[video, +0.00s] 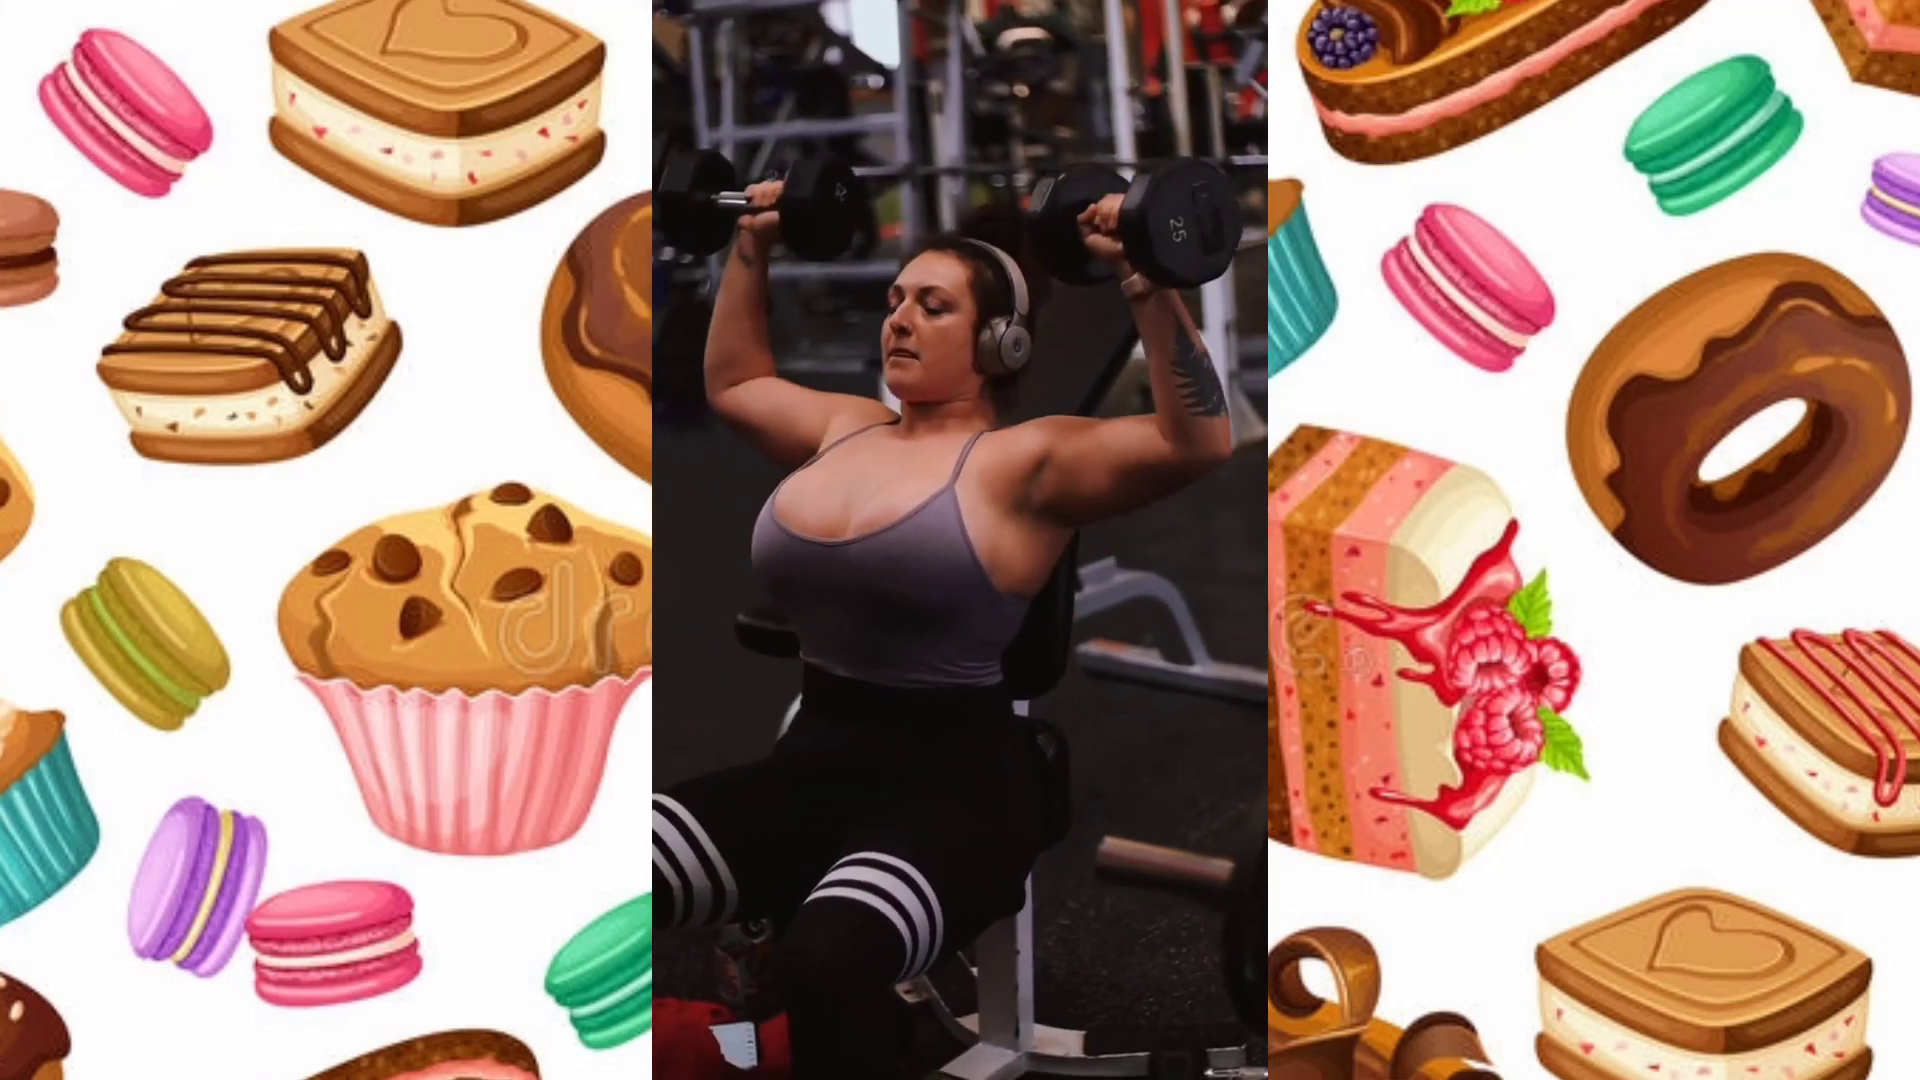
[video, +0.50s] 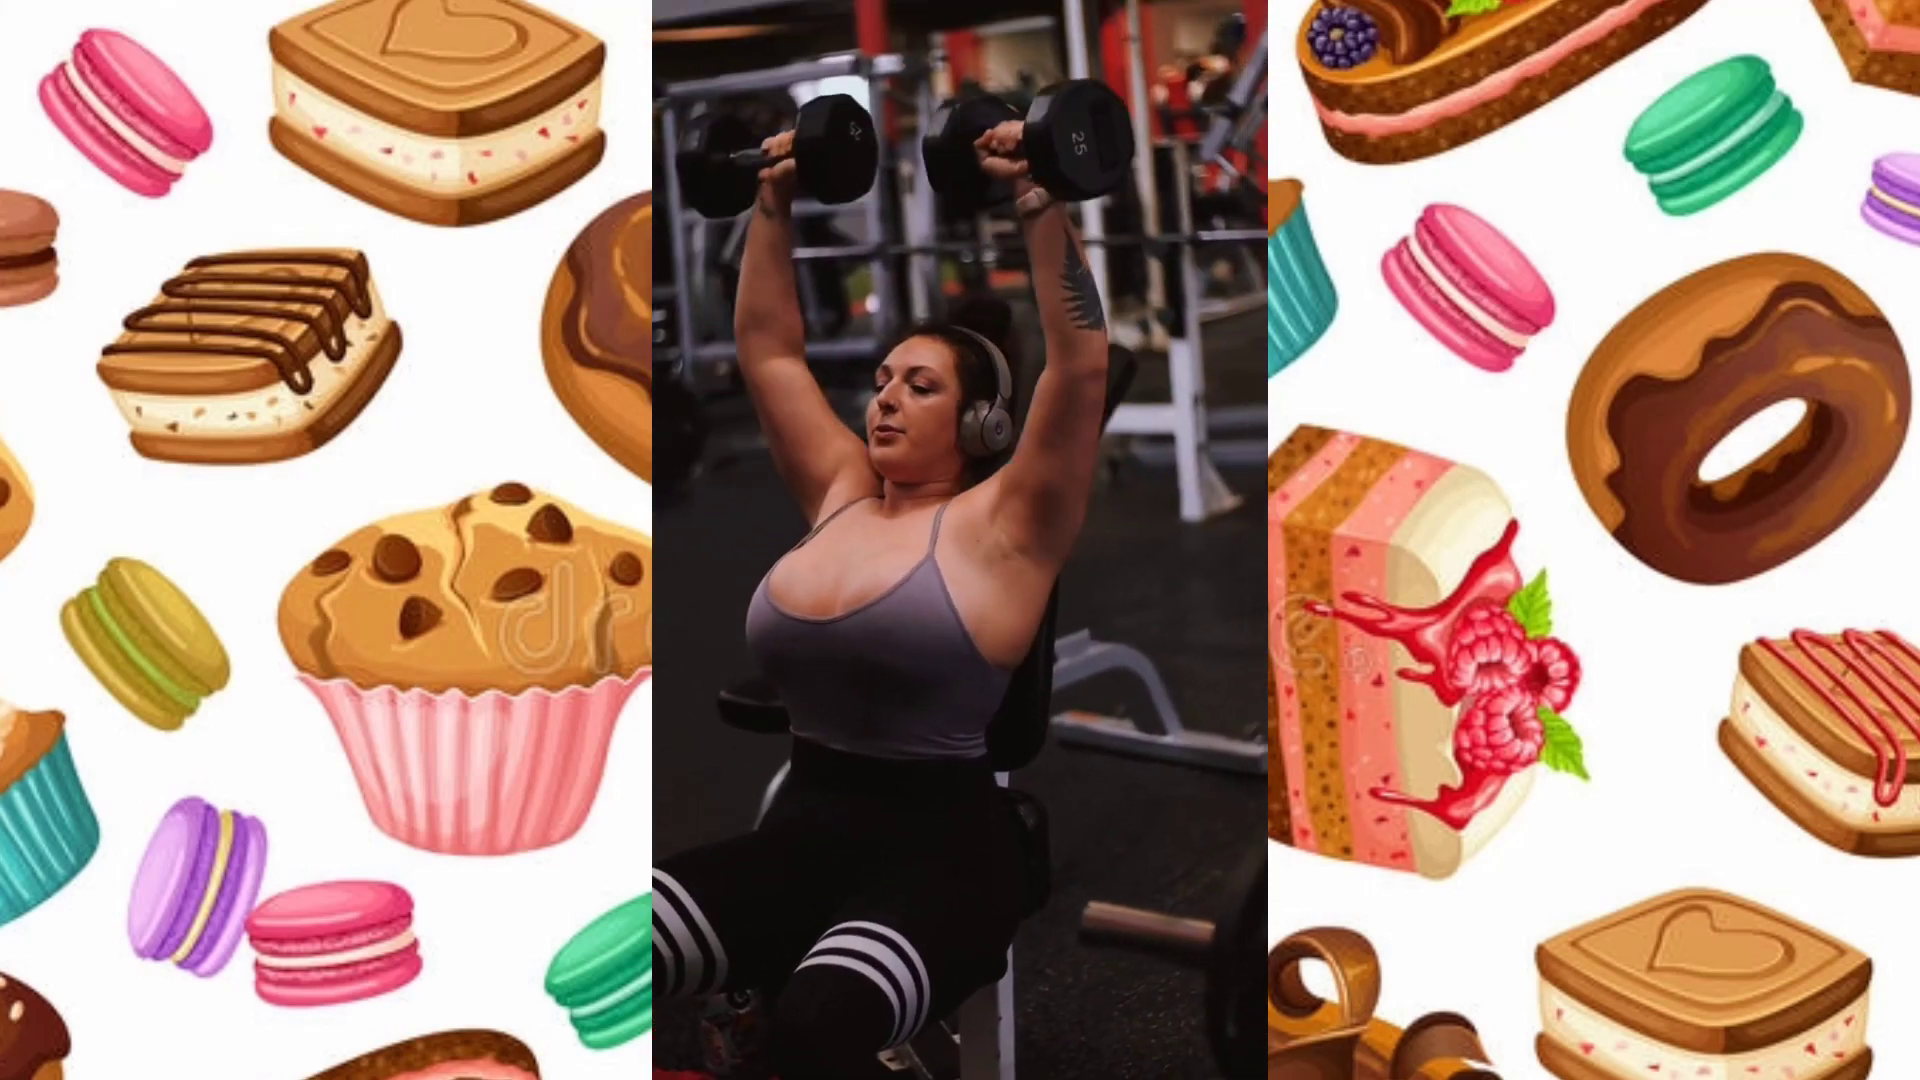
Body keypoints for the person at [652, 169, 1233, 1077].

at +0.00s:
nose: (898, 318)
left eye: (932, 304)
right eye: (894, 302)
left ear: (995, 340)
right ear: (882, 323)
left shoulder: (1027, 460)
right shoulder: (843, 427)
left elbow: (1197, 441)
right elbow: (736, 382)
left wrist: (1145, 280)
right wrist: (749, 248)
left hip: (961, 780)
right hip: (822, 762)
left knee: (822, 955)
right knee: (608, 869)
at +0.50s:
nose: (885, 400)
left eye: (919, 386)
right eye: (884, 383)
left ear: (979, 421)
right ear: (871, 405)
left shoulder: (1009, 523)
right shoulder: (842, 490)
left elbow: (1080, 364)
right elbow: (769, 349)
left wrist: (1036, 201)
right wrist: (773, 201)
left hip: (945, 849)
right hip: (808, 832)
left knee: (810, 1028)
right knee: (605, 945)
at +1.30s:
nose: (897, 445)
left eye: (929, 430)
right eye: (891, 427)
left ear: (984, 457)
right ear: (876, 448)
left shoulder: (1016, 560)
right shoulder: (857, 534)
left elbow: (1032, 391)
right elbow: (820, 373)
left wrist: (1002, 221)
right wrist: (831, 210)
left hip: (951, 892)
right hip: (815, 877)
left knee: (837, 1050)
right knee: (607, 986)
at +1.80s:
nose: (892, 446)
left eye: (924, 432)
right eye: (887, 429)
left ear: (983, 461)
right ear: (873, 449)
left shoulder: (1017, 571)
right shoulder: (852, 535)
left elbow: (1075, 407)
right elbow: (787, 387)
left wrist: (1044, 240)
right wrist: (803, 235)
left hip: (951, 894)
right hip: (814, 877)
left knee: (829, 1048)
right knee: (601, 984)